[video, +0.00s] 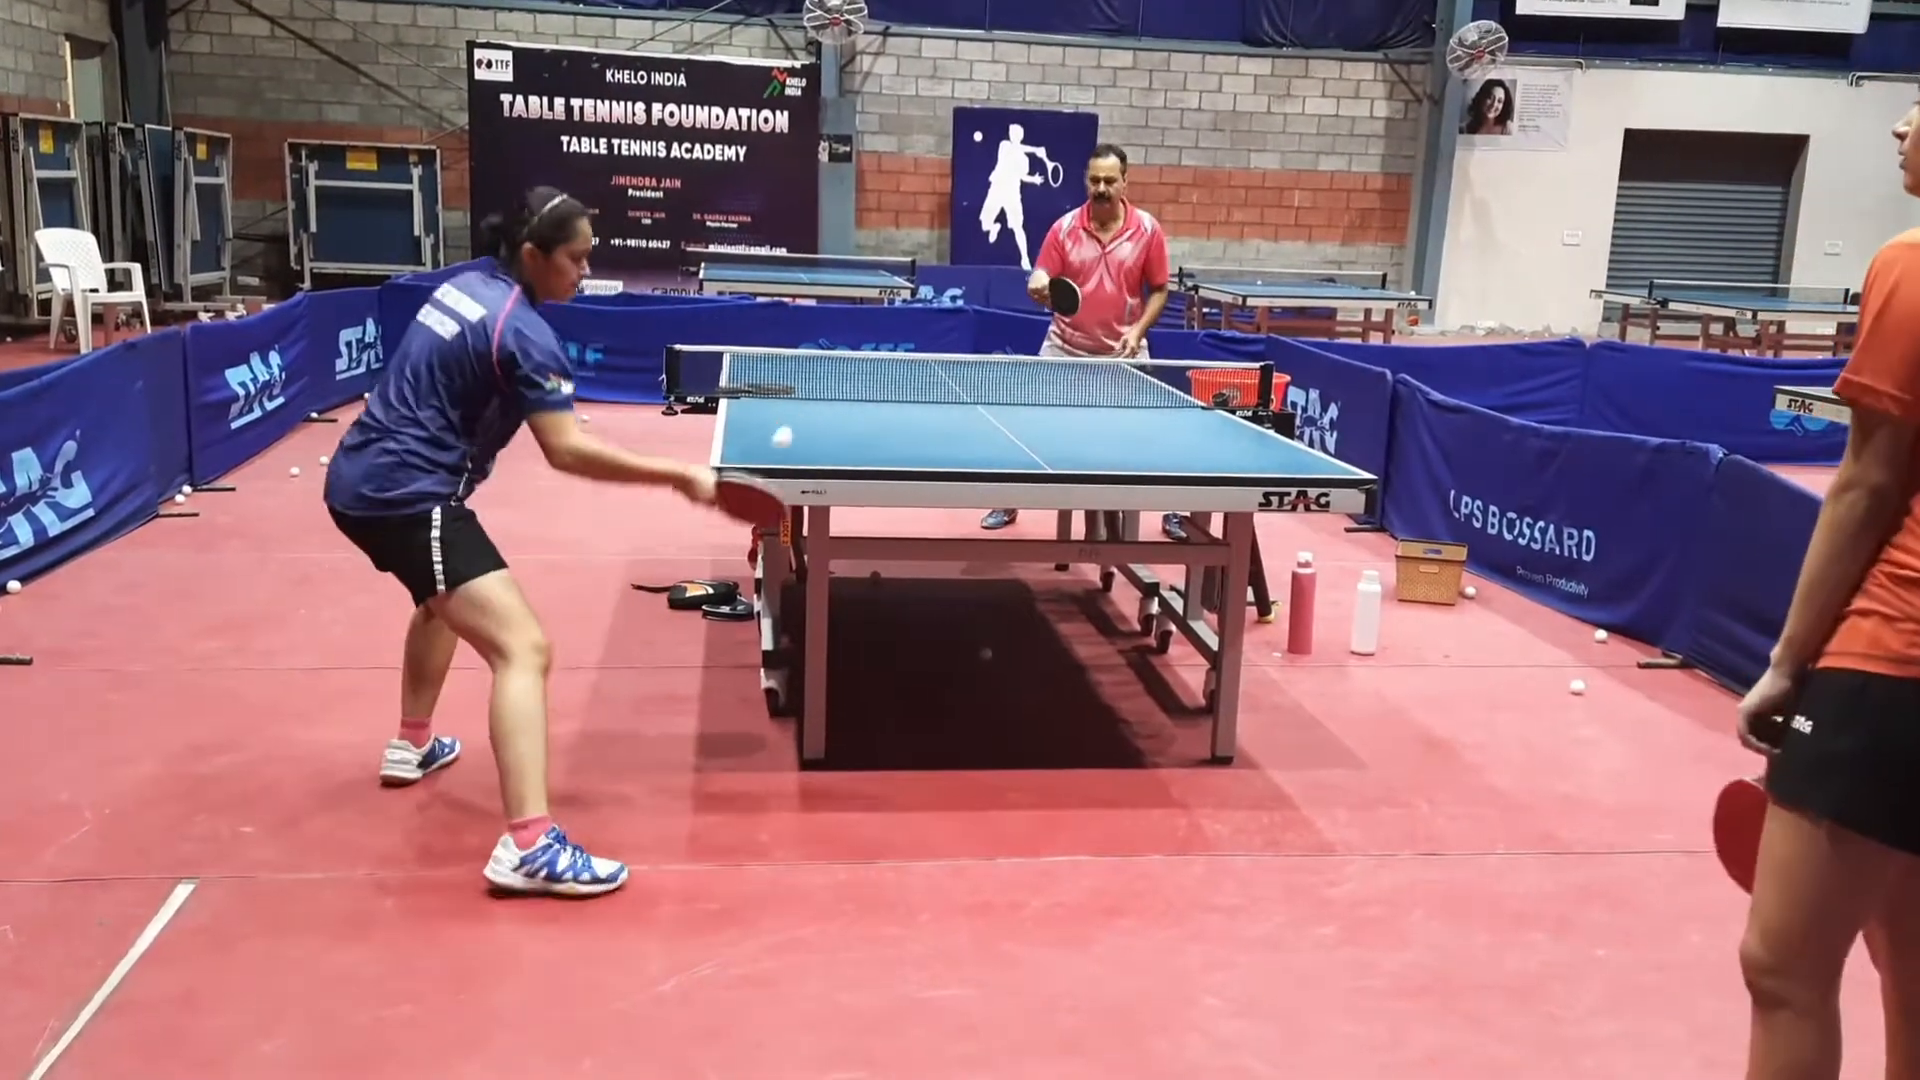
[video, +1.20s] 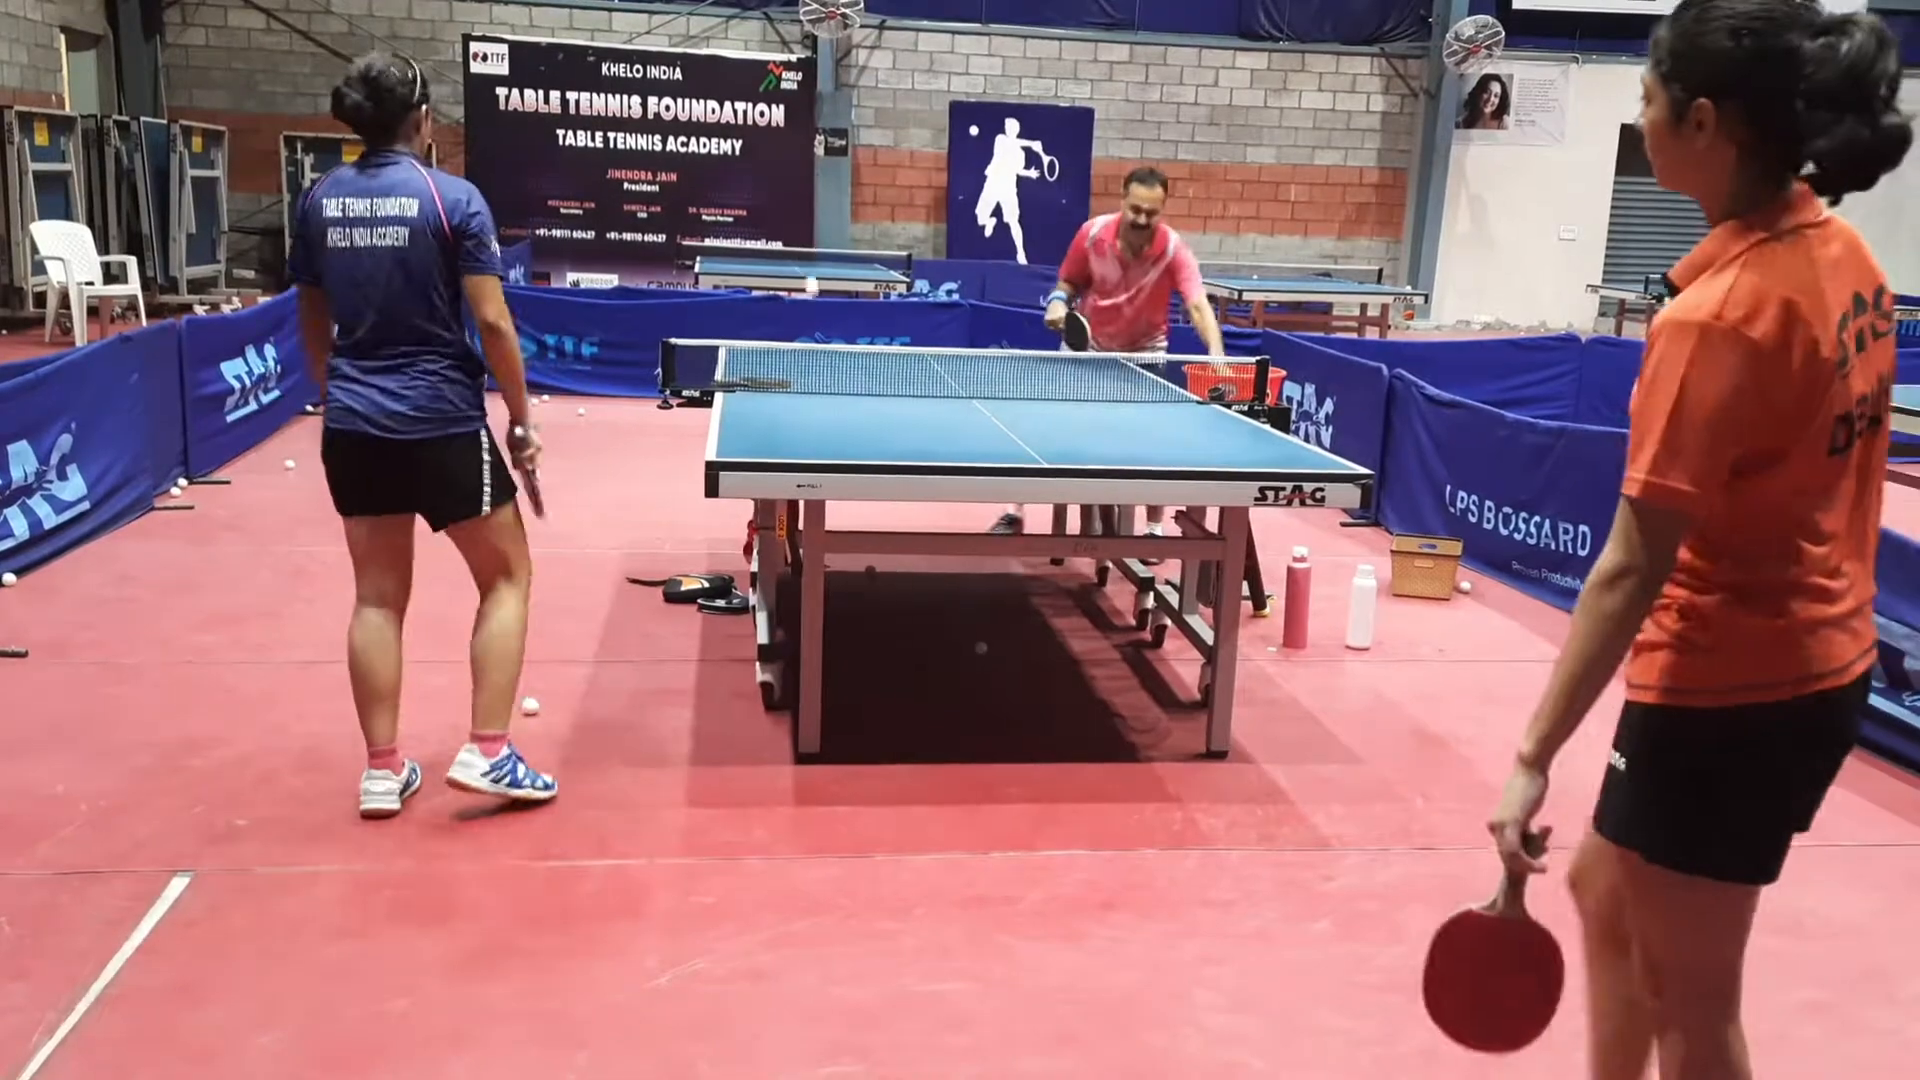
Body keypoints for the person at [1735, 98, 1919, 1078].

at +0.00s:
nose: (1900, 138)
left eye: (1910, 123)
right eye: (1906, 122)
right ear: (1909, 138)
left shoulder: (1907, 265)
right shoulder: (1902, 268)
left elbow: (1874, 482)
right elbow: (1871, 482)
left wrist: (1787, 662)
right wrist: (1802, 664)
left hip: (1880, 662)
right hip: (1886, 665)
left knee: (1784, 976)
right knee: (1909, 977)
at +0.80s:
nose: (1729, 100)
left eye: (1744, 82)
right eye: (1739, 77)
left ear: (1796, 116)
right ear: (1828, 121)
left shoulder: (1769, 292)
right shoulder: (1896, 253)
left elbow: (1716, 537)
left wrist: (1632, 725)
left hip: (1762, 694)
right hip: (1879, 684)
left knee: (1686, 983)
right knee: (1827, 943)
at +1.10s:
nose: (1664, 117)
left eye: (1674, 96)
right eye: (1669, 94)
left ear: (1725, 116)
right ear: (1782, 120)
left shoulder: (1719, 306)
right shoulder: (1866, 250)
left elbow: (1639, 559)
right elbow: (1878, 478)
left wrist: (1547, 747)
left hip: (1732, 698)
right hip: (1841, 674)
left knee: (1696, 1008)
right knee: (1696, 982)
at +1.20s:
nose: (1640, 136)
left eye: (1650, 113)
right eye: (1644, 113)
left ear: (1706, 124)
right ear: (1748, 123)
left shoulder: (1716, 317)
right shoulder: (1842, 252)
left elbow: (1630, 567)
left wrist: (1532, 754)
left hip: (1724, 696)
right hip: (1811, 669)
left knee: (1694, 1009)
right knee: (1600, 891)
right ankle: (1617, 1079)